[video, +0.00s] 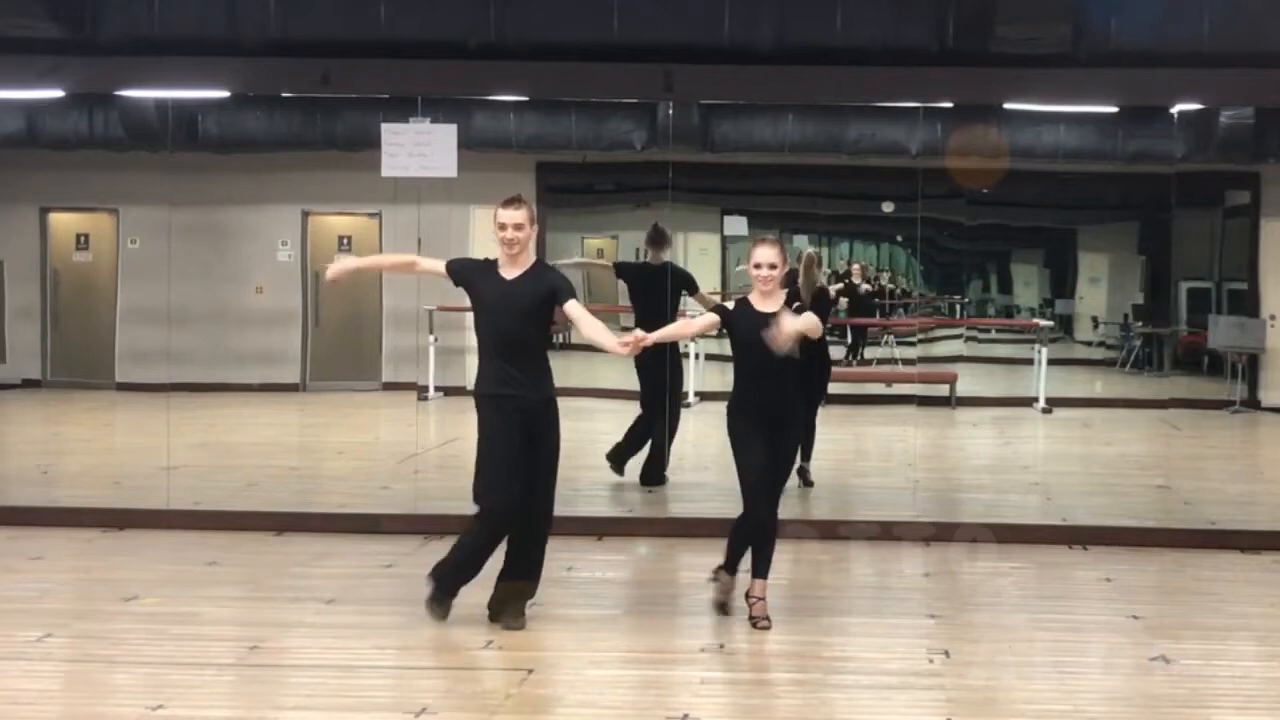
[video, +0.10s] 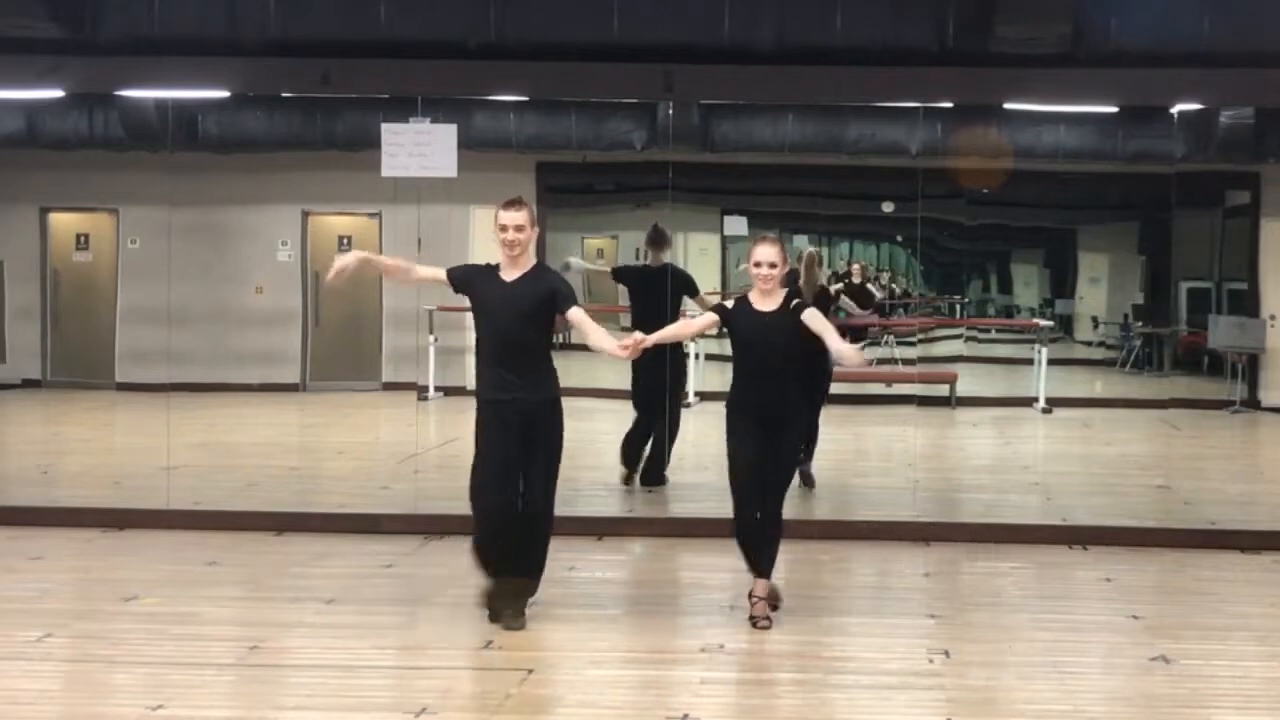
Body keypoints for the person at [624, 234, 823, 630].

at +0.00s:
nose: (765, 273)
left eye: (772, 267)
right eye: (758, 266)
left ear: (784, 270)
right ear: (747, 270)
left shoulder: (799, 313)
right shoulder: (734, 310)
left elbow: (813, 325)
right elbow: (692, 326)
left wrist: (794, 328)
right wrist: (650, 337)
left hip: (788, 419)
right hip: (747, 417)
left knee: (768, 504)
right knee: (756, 505)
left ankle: (758, 591)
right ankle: (726, 572)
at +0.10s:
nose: (765, 271)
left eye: (772, 265)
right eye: (758, 265)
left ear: (785, 268)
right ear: (748, 268)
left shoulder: (798, 308)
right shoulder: (734, 308)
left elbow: (831, 337)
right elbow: (691, 327)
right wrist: (648, 339)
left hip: (789, 416)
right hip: (744, 415)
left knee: (771, 501)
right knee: (744, 502)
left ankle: (760, 588)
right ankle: (763, 580)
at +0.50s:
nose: (766, 277)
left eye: (774, 270)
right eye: (760, 270)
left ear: (786, 274)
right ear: (751, 273)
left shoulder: (801, 312)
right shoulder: (732, 313)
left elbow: (846, 307)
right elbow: (684, 329)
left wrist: (881, 298)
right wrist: (642, 344)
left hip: (792, 422)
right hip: (750, 421)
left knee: (774, 508)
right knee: (735, 509)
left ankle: (766, 589)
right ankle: (755, 573)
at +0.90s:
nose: (768, 266)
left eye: (776, 259)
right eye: (762, 259)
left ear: (790, 264)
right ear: (751, 262)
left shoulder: (801, 303)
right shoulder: (738, 304)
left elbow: (823, 318)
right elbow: (690, 328)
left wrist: (827, 267)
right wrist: (648, 336)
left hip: (787, 417)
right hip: (749, 416)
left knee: (786, 511)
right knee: (757, 510)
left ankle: (740, 587)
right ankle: (746, 606)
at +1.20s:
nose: (774, 265)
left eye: (782, 257)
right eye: (767, 257)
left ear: (796, 263)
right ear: (757, 260)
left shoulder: (798, 312)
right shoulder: (745, 300)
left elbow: (775, 367)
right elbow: (698, 330)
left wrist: (777, 316)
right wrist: (653, 350)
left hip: (788, 421)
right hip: (767, 420)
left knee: (781, 519)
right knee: (769, 519)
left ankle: (791, 614)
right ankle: (772, 615)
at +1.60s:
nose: (777, 268)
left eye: (785, 261)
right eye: (771, 261)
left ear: (802, 264)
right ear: (762, 264)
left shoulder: (821, 307)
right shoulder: (753, 309)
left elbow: (834, 354)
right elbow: (703, 332)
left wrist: (790, 370)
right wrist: (675, 344)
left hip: (798, 427)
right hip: (755, 424)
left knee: (806, 521)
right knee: (753, 518)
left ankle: (784, 608)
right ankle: (747, 616)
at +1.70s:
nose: (766, 273)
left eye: (775, 266)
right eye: (764, 266)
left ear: (800, 268)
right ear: (764, 269)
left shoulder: (830, 313)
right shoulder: (761, 315)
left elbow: (861, 361)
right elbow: (707, 341)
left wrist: (822, 394)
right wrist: (683, 340)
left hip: (803, 428)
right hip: (757, 422)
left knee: (801, 527)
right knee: (729, 512)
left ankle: (783, 611)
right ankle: (698, 609)